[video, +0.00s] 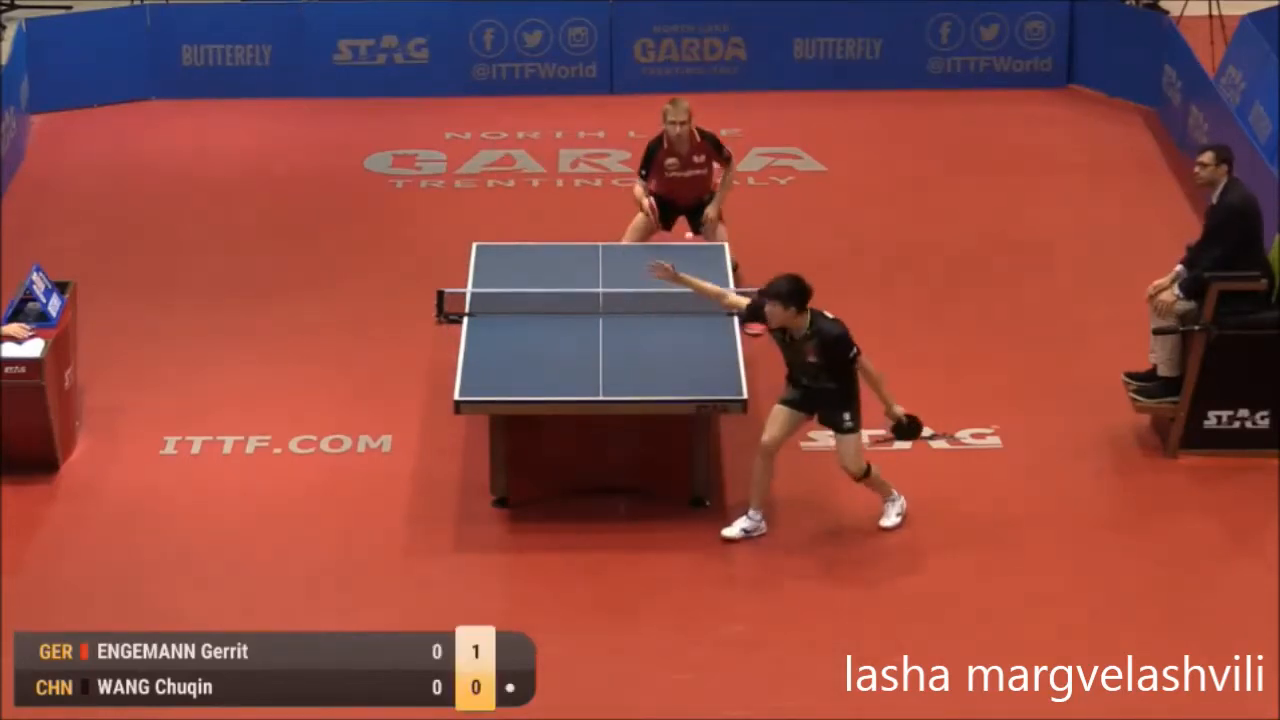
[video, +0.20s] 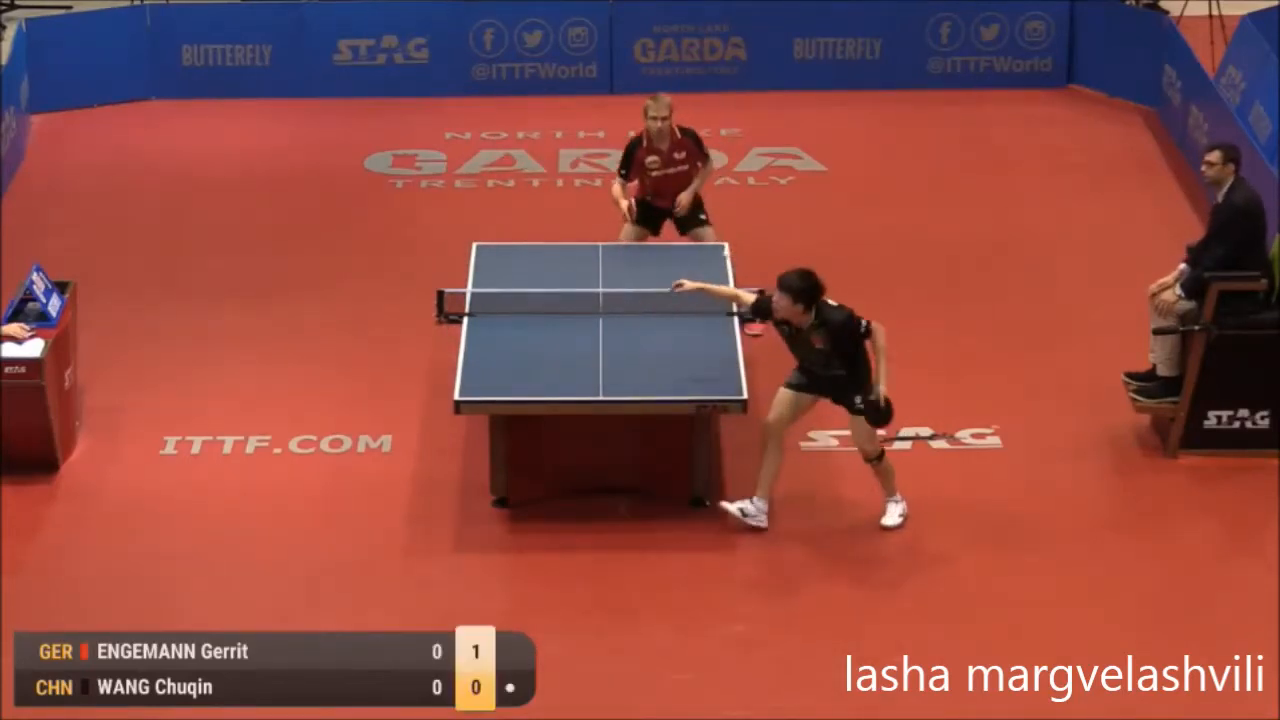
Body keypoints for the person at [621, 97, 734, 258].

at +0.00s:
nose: (678, 130)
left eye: (683, 124)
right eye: (672, 124)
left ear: (690, 122)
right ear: (664, 124)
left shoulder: (707, 141)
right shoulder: (656, 146)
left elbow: (728, 165)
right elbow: (640, 182)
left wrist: (716, 204)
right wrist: (643, 200)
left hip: (700, 202)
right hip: (663, 203)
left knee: (724, 256)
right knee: (625, 249)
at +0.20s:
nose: (659, 125)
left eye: (664, 119)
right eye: (654, 119)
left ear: (671, 119)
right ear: (645, 120)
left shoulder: (688, 137)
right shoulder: (636, 145)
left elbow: (708, 165)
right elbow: (619, 183)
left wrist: (690, 192)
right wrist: (622, 201)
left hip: (684, 200)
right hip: (649, 203)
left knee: (711, 246)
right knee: (625, 246)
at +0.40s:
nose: (640, 137)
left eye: (644, 130)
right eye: (634, 131)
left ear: (651, 129)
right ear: (625, 131)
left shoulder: (669, 146)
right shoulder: (617, 156)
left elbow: (688, 168)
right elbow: (601, 195)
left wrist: (668, 194)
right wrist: (602, 218)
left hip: (669, 208)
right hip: (631, 212)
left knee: (701, 249)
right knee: (614, 254)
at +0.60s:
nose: (627, 145)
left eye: (632, 139)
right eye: (621, 140)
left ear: (639, 136)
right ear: (613, 140)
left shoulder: (658, 150)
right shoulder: (607, 161)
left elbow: (686, 168)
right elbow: (592, 198)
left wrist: (662, 195)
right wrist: (589, 221)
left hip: (664, 209)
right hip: (628, 212)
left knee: (696, 251)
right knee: (609, 255)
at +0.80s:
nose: (619, 152)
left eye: (624, 146)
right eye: (614, 146)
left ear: (635, 140)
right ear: (608, 144)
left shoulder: (660, 157)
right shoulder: (609, 167)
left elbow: (692, 181)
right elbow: (594, 198)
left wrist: (663, 203)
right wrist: (573, 217)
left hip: (671, 216)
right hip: (633, 218)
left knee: (698, 255)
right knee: (607, 251)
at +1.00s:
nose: (585, 159)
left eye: (590, 153)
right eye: (581, 153)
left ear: (604, 149)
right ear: (578, 151)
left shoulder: (627, 164)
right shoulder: (597, 172)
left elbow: (662, 202)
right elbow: (610, 199)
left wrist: (624, 221)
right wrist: (593, 227)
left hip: (665, 232)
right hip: (634, 232)